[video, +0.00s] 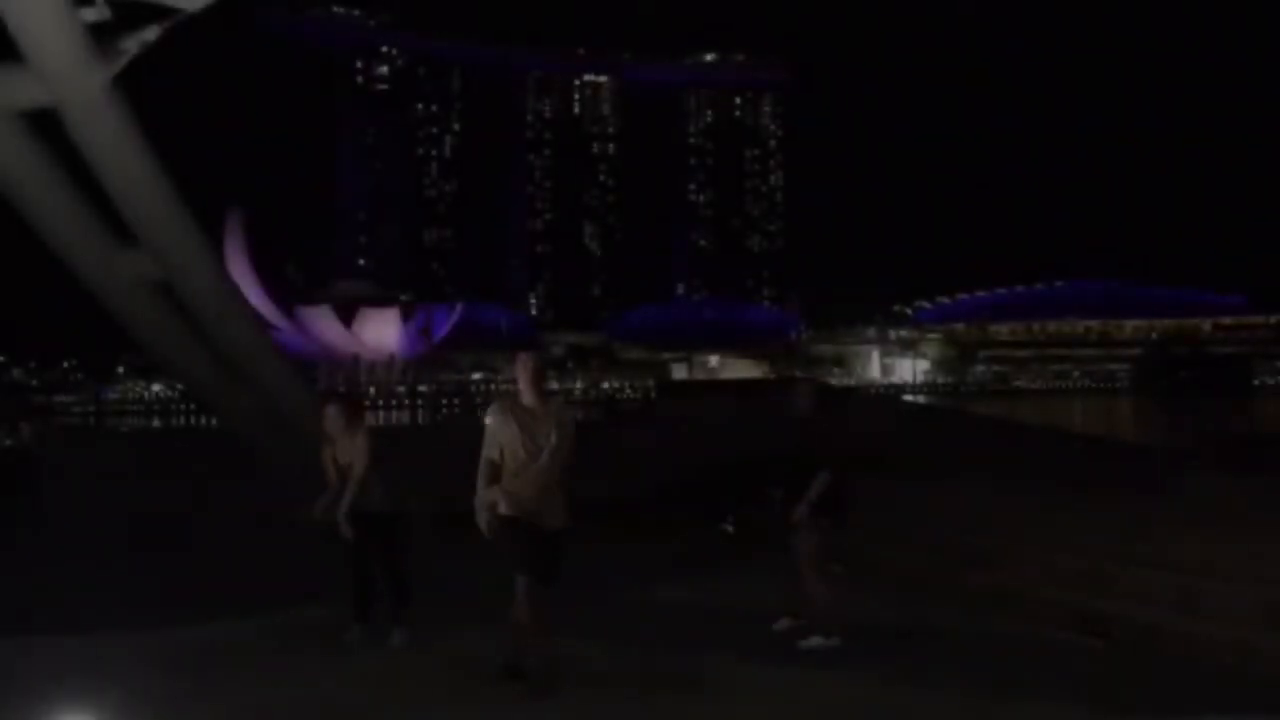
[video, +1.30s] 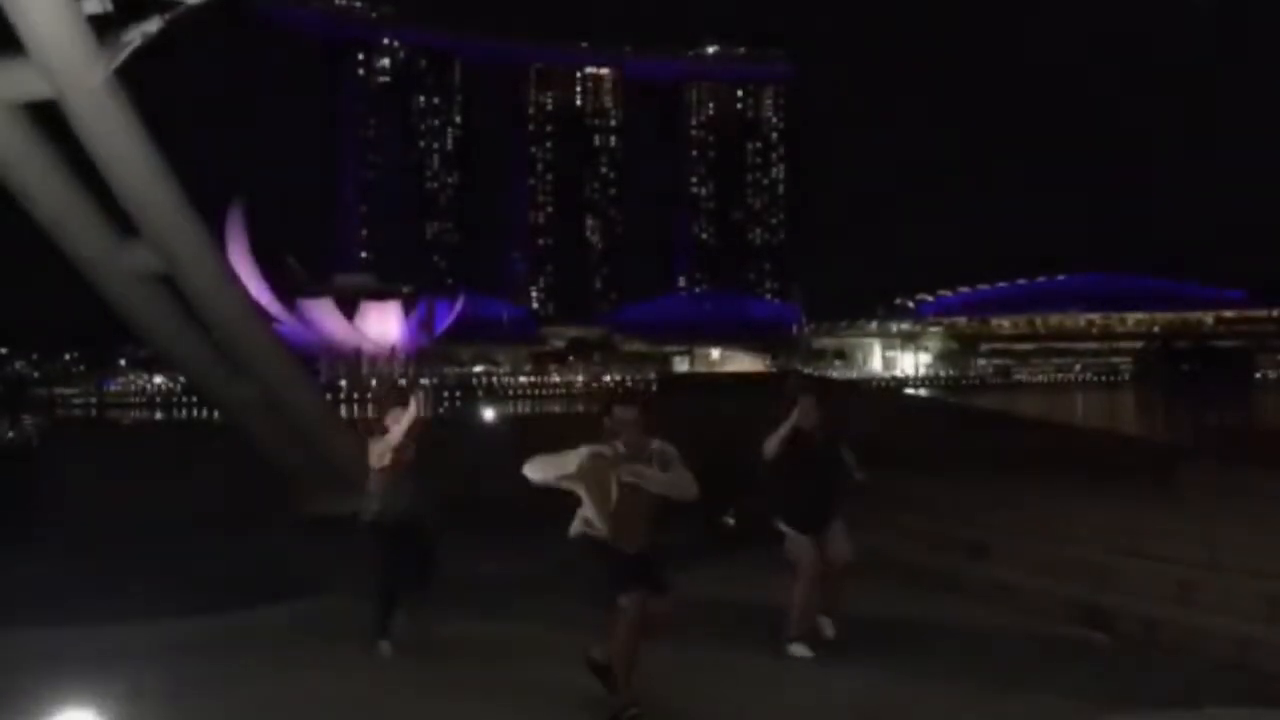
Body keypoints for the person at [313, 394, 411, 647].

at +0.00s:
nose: (329, 424)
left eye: (334, 417)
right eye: (327, 418)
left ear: (347, 419)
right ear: (324, 421)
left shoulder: (360, 441)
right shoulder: (330, 448)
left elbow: (356, 479)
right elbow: (335, 482)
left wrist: (343, 513)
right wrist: (325, 504)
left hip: (379, 510)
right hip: (355, 509)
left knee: (384, 568)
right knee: (359, 569)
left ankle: (397, 622)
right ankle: (361, 619)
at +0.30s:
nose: (341, 419)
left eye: (346, 412)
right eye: (337, 413)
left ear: (357, 414)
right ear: (332, 417)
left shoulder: (375, 441)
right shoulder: (327, 447)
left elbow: (392, 477)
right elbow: (318, 487)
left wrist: (381, 507)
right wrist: (341, 474)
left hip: (376, 517)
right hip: (345, 518)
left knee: (382, 569)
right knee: (351, 572)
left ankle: (389, 624)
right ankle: (356, 624)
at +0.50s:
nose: (354, 412)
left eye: (359, 407)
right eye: (350, 407)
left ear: (368, 411)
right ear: (343, 411)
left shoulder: (381, 435)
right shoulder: (333, 437)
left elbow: (412, 459)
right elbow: (304, 463)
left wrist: (416, 493)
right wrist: (332, 473)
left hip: (380, 511)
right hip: (346, 512)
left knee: (381, 569)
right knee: (351, 570)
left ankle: (379, 625)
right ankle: (354, 623)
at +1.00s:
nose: (382, 414)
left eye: (388, 408)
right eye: (377, 408)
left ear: (395, 409)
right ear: (368, 408)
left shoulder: (405, 434)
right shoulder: (359, 434)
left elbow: (418, 467)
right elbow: (344, 464)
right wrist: (370, 454)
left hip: (399, 508)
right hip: (367, 508)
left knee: (392, 570)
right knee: (375, 570)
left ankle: (386, 629)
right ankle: (381, 630)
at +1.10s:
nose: (393, 434)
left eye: (396, 429)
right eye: (388, 429)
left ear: (399, 432)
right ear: (378, 432)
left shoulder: (400, 458)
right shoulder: (371, 457)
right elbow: (362, 437)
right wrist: (381, 402)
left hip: (400, 523)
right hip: (376, 524)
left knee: (396, 583)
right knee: (385, 585)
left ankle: (388, 638)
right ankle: (383, 640)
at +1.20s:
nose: (400, 442)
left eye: (402, 436)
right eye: (395, 436)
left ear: (404, 440)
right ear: (386, 438)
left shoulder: (403, 464)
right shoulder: (378, 463)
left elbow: (402, 429)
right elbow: (380, 425)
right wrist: (390, 390)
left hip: (404, 526)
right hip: (380, 528)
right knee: (389, 586)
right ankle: (384, 638)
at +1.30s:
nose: (400, 424)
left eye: (404, 419)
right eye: (395, 418)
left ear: (408, 421)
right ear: (386, 421)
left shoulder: (411, 448)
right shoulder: (379, 447)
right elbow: (394, 440)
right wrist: (412, 415)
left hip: (410, 517)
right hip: (384, 518)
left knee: (408, 578)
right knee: (387, 580)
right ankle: (383, 635)